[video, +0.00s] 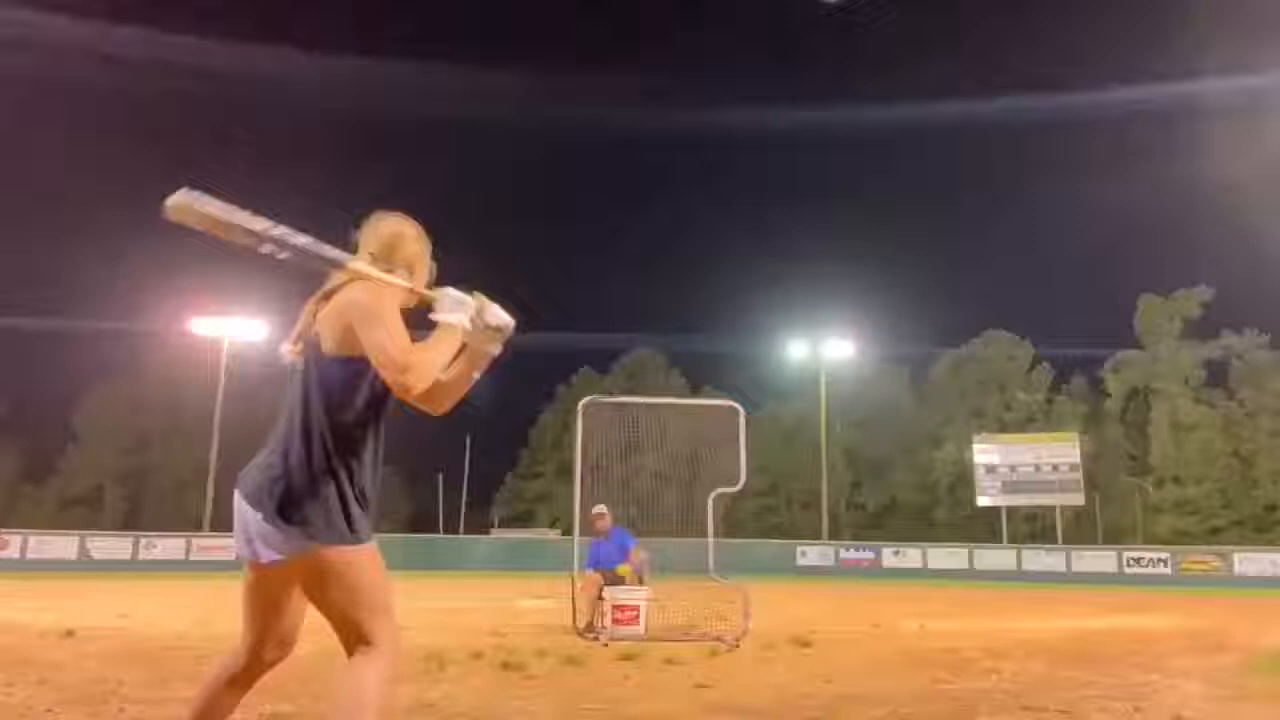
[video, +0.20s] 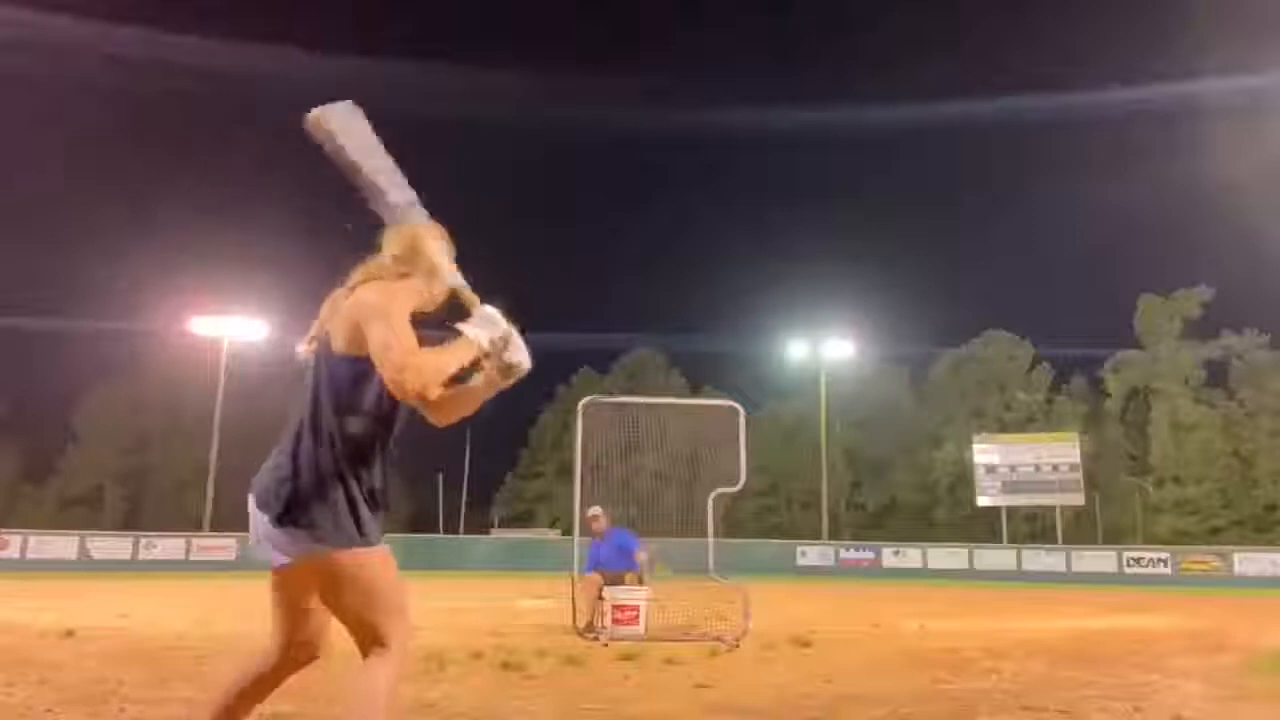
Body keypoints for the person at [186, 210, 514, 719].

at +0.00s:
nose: (425, 281)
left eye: (426, 271)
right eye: (424, 268)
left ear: (368, 257)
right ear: (411, 266)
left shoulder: (340, 300)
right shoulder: (369, 297)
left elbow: (436, 399)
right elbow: (410, 375)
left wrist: (482, 347)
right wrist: (452, 324)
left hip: (266, 494)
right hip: (313, 508)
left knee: (264, 646)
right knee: (375, 646)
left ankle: (198, 714)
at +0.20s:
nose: (448, 288)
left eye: (449, 277)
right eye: (447, 275)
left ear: (397, 263)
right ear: (430, 270)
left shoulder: (357, 303)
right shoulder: (380, 298)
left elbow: (441, 410)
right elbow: (409, 375)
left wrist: (496, 375)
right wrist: (474, 337)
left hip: (287, 498)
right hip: (324, 505)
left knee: (296, 648)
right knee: (388, 643)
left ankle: (220, 713)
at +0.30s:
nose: (455, 294)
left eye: (458, 284)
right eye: (457, 280)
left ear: (409, 261)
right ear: (443, 268)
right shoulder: (387, 295)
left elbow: (439, 412)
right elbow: (393, 365)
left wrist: (492, 384)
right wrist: (475, 342)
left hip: (304, 494)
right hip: (326, 496)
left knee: (350, 644)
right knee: (396, 641)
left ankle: (252, 714)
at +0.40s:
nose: (468, 299)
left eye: (470, 291)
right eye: (469, 287)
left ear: (427, 272)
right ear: (455, 278)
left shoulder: (427, 332)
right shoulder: (387, 295)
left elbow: (442, 417)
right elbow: (367, 362)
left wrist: (481, 391)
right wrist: (460, 346)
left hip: (354, 501)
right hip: (320, 500)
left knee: (419, 617)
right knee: (397, 646)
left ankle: (314, 711)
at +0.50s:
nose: (475, 304)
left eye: (477, 295)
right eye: (474, 293)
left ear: (438, 276)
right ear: (457, 283)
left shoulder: (436, 333)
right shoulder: (393, 298)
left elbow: (448, 419)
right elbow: (356, 363)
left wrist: (476, 390)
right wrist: (450, 345)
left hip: (365, 498)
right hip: (327, 502)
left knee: (443, 605)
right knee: (401, 648)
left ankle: (369, 699)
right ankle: (362, 712)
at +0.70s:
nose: (487, 332)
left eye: (491, 326)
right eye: (487, 322)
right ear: (471, 305)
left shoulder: (459, 351)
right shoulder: (397, 322)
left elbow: (482, 414)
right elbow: (327, 347)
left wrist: (470, 350)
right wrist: (419, 318)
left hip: (394, 510)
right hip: (342, 511)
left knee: (469, 611)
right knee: (409, 643)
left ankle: (409, 703)